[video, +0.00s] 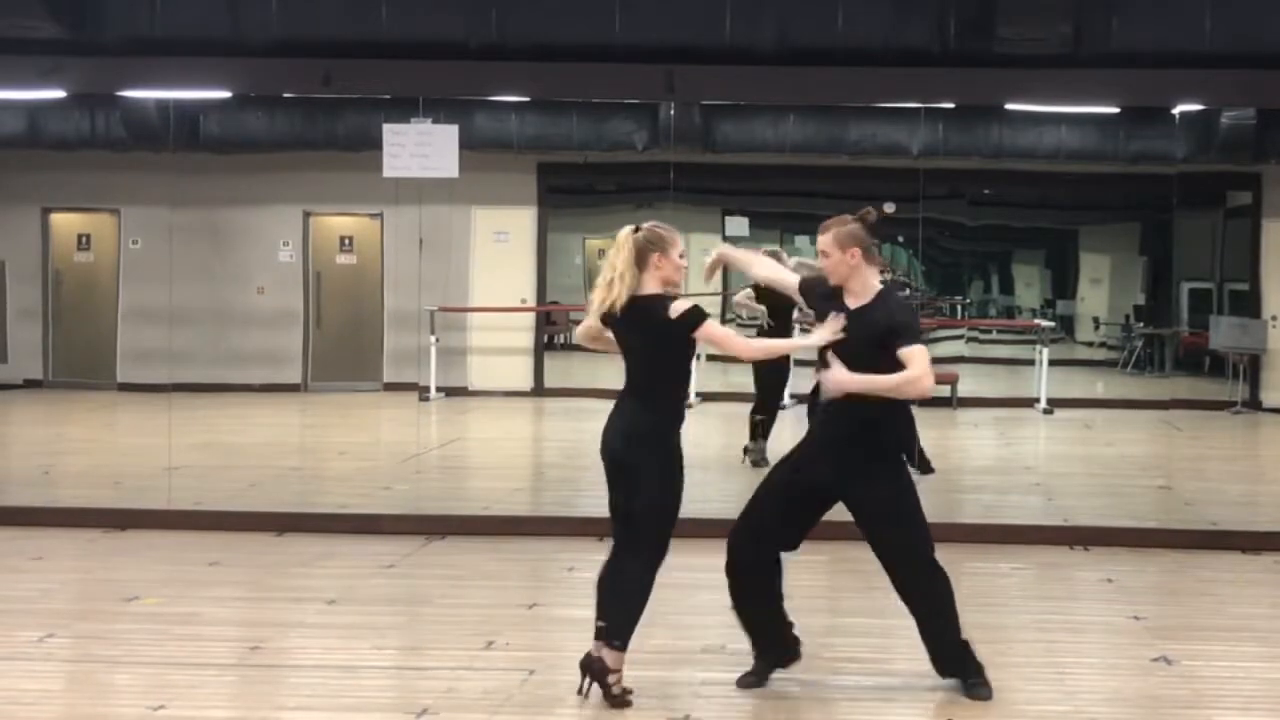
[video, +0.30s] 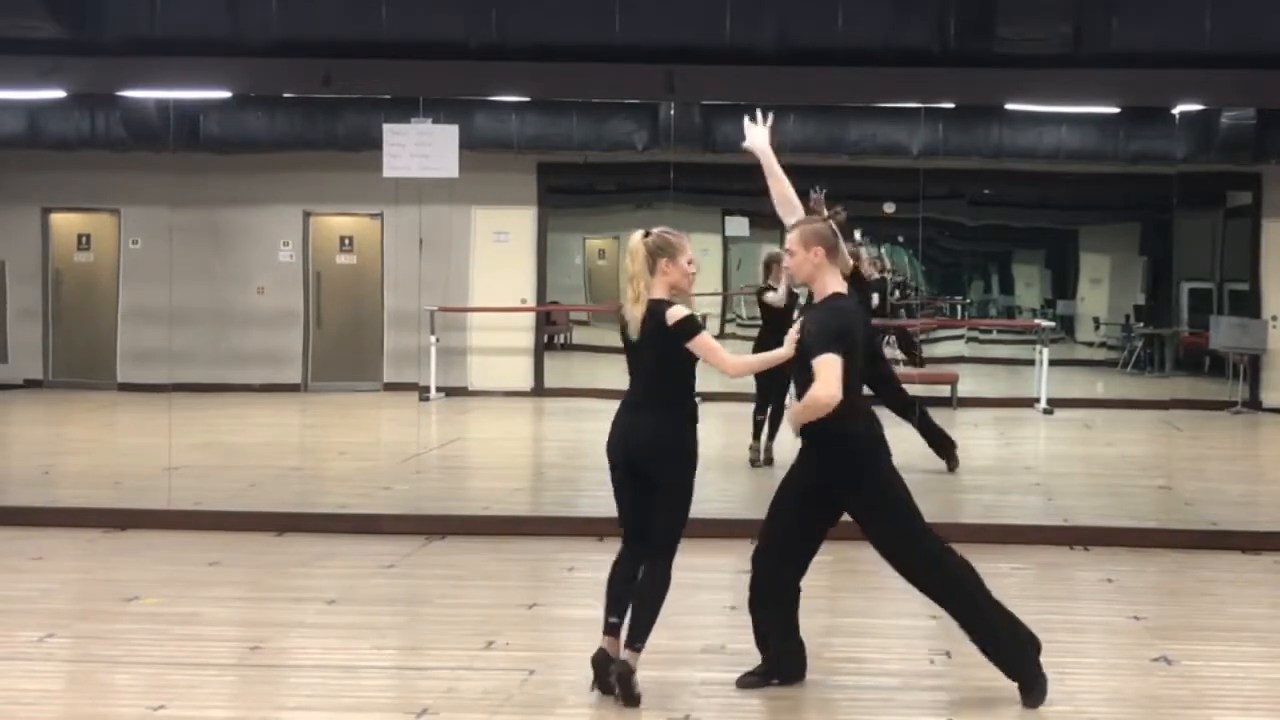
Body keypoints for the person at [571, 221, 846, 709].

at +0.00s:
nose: (684, 265)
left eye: (683, 257)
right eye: (680, 257)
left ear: (645, 261)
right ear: (658, 261)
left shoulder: (617, 307)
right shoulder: (679, 312)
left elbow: (584, 335)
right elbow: (747, 349)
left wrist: (630, 344)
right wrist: (813, 339)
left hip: (619, 435)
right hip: (655, 442)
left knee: (624, 545)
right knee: (649, 549)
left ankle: (604, 647)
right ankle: (610, 654)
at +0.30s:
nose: (694, 270)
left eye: (693, 262)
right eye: (689, 262)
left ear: (656, 268)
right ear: (666, 267)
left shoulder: (633, 313)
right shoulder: (674, 316)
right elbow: (731, 365)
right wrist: (787, 351)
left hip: (627, 440)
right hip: (668, 445)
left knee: (633, 545)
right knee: (660, 554)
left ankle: (608, 647)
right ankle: (628, 659)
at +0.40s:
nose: (691, 270)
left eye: (690, 263)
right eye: (684, 263)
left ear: (663, 269)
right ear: (656, 268)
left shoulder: (667, 306)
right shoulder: (659, 316)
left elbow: (725, 291)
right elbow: (722, 362)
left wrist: (730, 246)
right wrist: (783, 348)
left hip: (647, 438)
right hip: (640, 443)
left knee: (669, 537)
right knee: (648, 548)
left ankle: (620, 642)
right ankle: (615, 657)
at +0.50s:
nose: (665, 271)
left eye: (673, 263)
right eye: (656, 264)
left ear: (685, 267)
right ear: (641, 271)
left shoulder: (696, 303)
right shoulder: (640, 316)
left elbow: (741, 267)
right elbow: (684, 359)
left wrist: (771, 212)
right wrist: (751, 349)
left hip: (663, 441)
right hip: (626, 438)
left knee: (667, 541)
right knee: (608, 539)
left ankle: (634, 641)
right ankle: (587, 650)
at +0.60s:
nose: (655, 278)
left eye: (664, 269)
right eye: (648, 270)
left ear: (685, 272)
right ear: (639, 274)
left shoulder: (703, 310)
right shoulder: (632, 316)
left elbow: (756, 252)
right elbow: (615, 376)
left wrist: (784, 205)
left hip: (675, 442)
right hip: (627, 437)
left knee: (677, 543)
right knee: (589, 537)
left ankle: (635, 640)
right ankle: (535, 640)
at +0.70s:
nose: (656, 281)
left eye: (665, 273)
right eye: (649, 273)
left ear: (685, 275)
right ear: (641, 275)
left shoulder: (705, 316)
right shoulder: (628, 323)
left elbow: (753, 273)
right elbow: (578, 375)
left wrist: (794, 227)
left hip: (676, 447)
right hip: (625, 443)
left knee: (678, 551)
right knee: (587, 535)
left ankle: (636, 640)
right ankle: (538, 620)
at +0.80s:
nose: (657, 282)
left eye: (665, 274)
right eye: (650, 274)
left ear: (684, 279)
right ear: (642, 277)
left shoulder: (705, 322)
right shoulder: (624, 324)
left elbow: (765, 281)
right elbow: (559, 345)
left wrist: (810, 246)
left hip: (676, 448)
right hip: (625, 444)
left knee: (674, 555)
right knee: (603, 537)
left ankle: (635, 640)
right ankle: (579, 611)